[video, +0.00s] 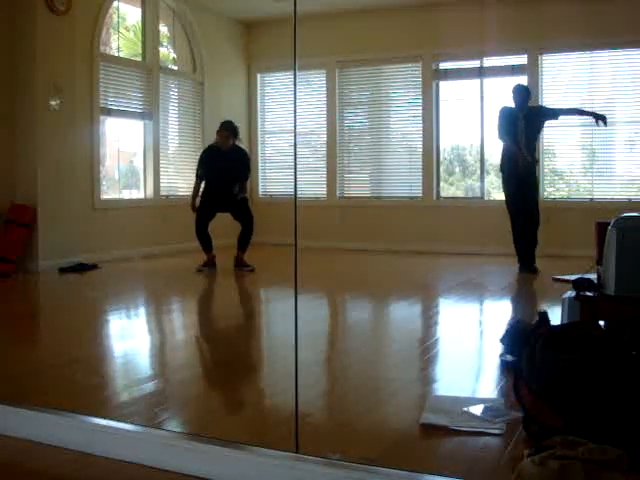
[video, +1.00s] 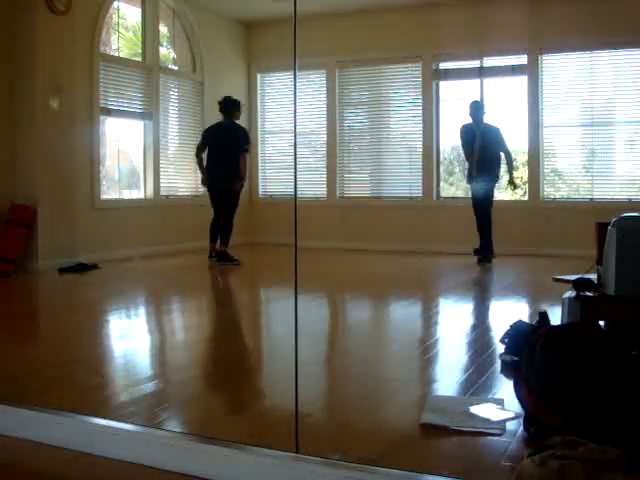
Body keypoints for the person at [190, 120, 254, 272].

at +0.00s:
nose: (219, 136)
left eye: (223, 134)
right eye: (218, 133)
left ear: (232, 137)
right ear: (217, 134)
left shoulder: (241, 155)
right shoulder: (209, 152)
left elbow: (244, 180)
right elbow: (199, 178)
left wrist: (243, 198)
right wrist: (193, 200)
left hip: (233, 197)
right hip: (211, 196)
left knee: (248, 223)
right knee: (200, 226)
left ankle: (239, 259)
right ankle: (210, 259)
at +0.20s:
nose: (219, 122)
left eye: (224, 120)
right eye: (219, 118)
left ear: (232, 121)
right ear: (217, 117)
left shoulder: (240, 137)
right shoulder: (208, 134)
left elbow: (243, 164)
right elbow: (200, 161)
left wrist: (245, 183)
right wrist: (196, 183)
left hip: (234, 185)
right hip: (211, 185)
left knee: (240, 222)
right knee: (206, 223)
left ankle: (239, 258)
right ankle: (210, 258)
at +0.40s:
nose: (221, 108)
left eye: (225, 105)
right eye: (220, 104)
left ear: (234, 108)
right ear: (218, 106)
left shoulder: (239, 133)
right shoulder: (208, 128)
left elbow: (241, 159)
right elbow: (199, 154)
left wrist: (241, 179)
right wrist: (194, 174)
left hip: (231, 178)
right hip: (211, 177)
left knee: (236, 209)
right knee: (217, 218)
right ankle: (221, 253)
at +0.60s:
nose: (224, 108)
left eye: (228, 105)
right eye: (222, 104)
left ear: (234, 108)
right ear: (219, 106)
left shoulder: (238, 129)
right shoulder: (208, 126)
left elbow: (240, 154)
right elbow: (202, 153)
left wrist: (240, 175)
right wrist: (201, 174)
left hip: (231, 175)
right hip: (212, 175)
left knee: (233, 211)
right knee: (218, 213)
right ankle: (221, 252)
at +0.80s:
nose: (225, 109)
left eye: (228, 106)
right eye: (224, 106)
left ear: (233, 108)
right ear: (221, 108)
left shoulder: (234, 129)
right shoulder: (220, 127)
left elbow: (233, 156)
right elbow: (215, 153)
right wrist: (209, 175)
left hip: (229, 177)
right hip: (219, 177)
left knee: (222, 214)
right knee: (220, 213)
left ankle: (217, 246)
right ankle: (217, 248)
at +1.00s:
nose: (240, 114)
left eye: (239, 110)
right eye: (239, 110)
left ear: (222, 111)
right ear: (236, 112)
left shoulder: (211, 130)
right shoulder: (240, 131)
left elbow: (199, 152)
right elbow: (242, 156)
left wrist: (203, 173)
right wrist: (243, 178)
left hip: (213, 179)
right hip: (233, 180)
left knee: (217, 214)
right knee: (228, 216)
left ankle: (212, 249)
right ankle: (223, 250)